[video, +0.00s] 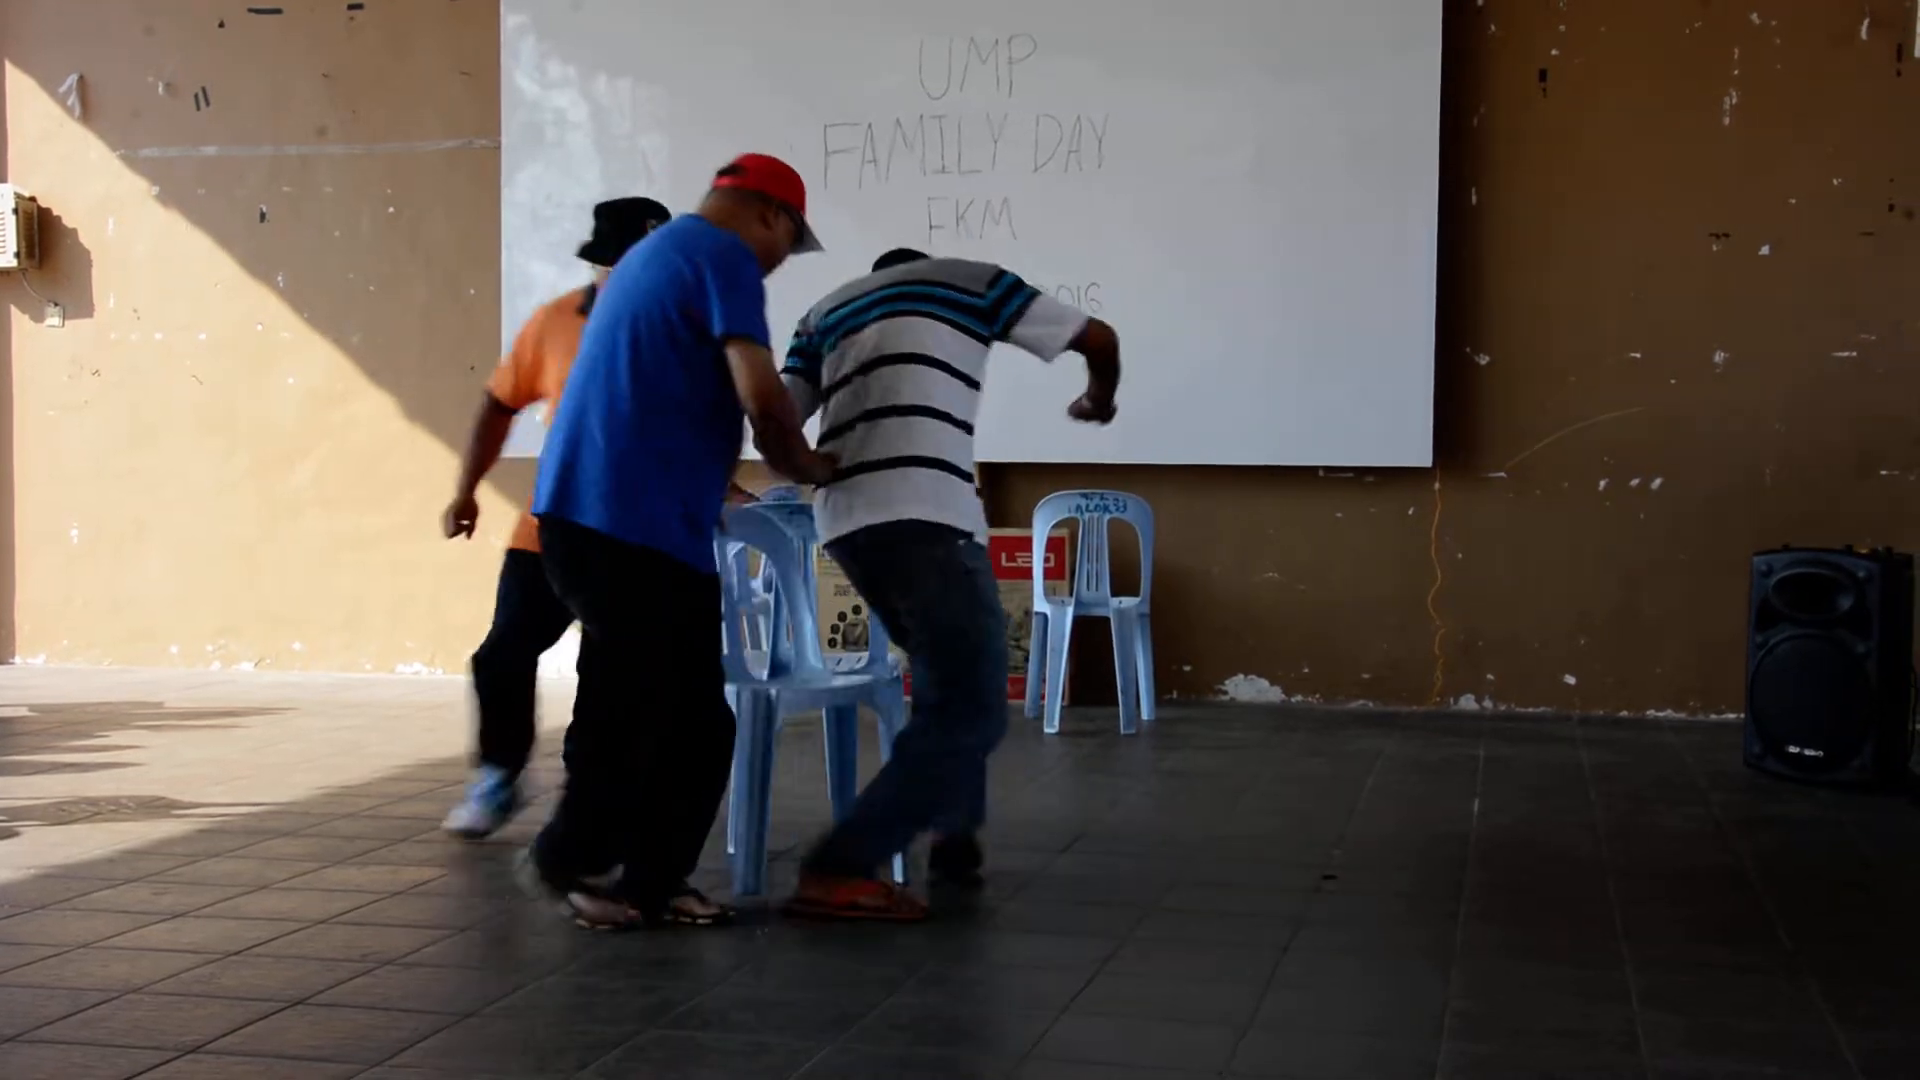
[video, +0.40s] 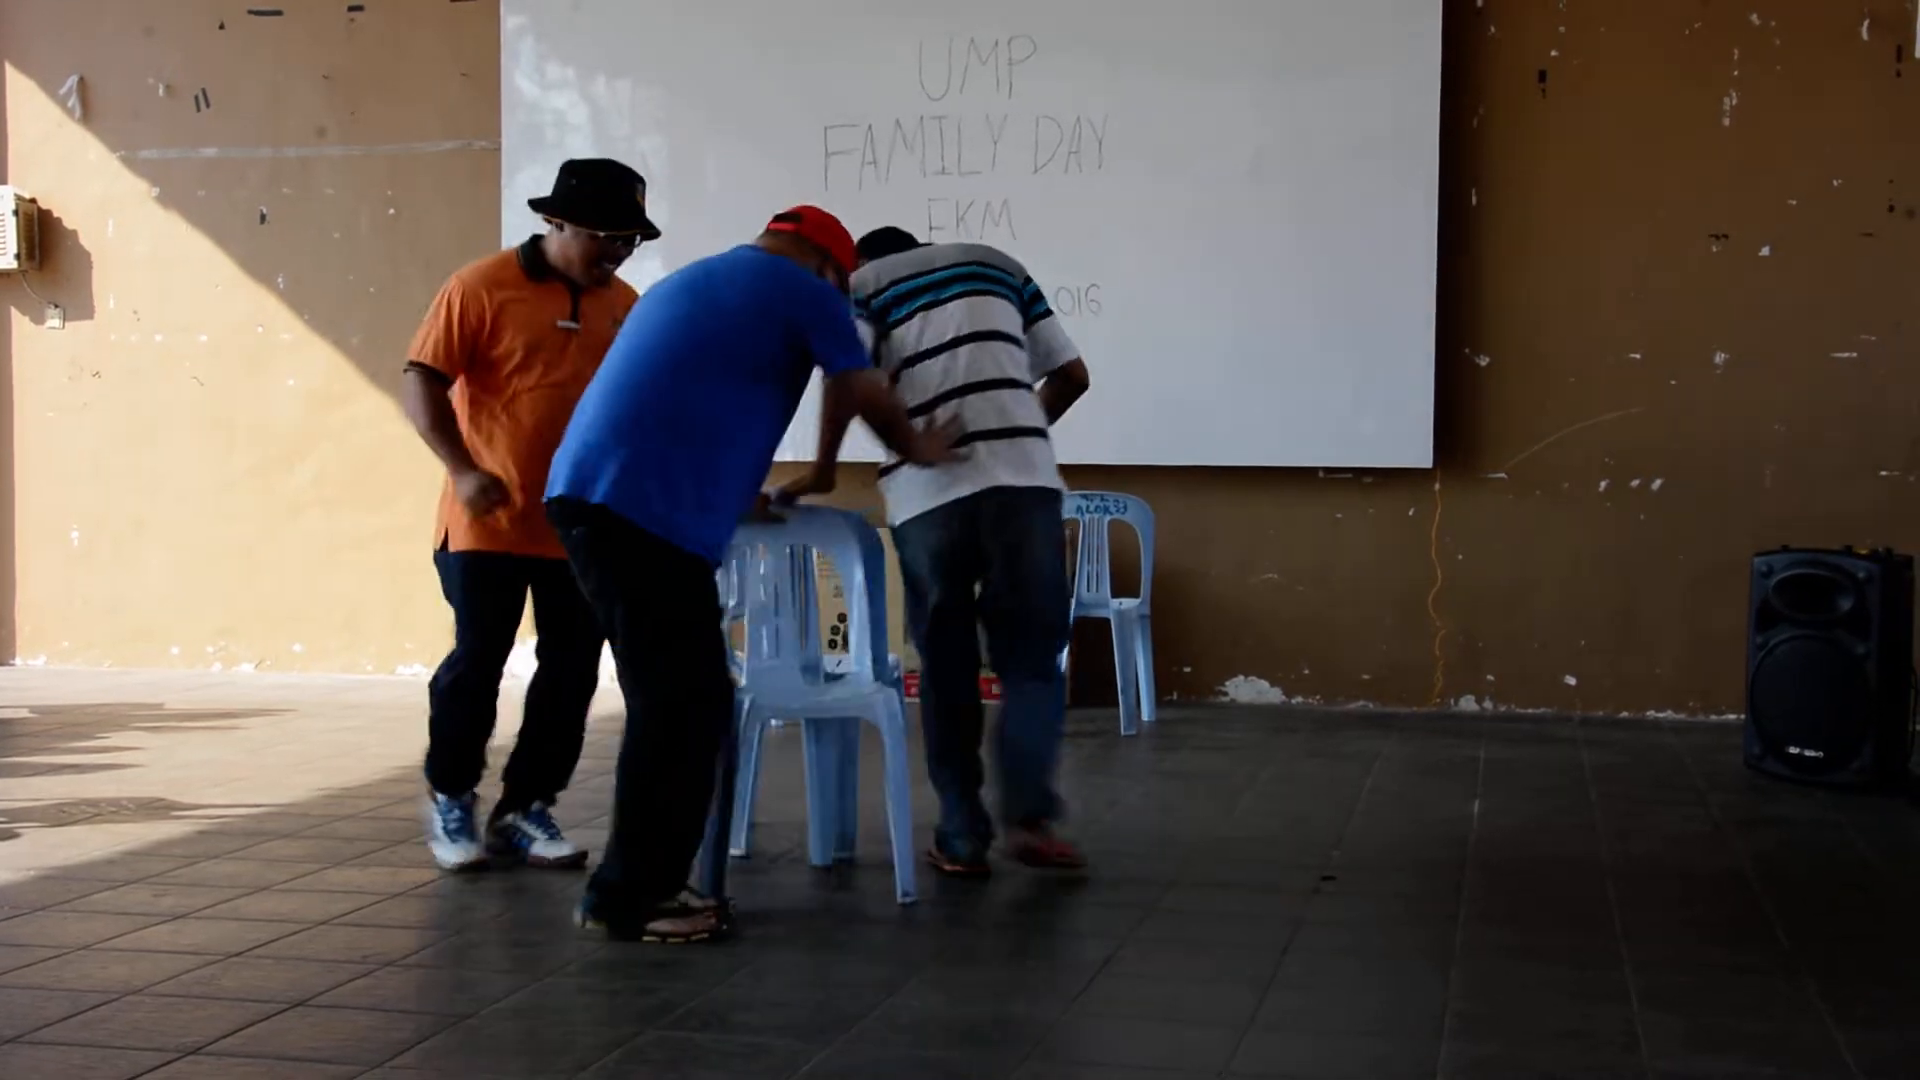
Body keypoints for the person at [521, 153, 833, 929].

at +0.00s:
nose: (785, 256)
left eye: (792, 244)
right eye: (789, 238)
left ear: (725, 204)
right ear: (763, 212)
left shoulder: (655, 252)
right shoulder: (724, 256)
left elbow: (643, 405)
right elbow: (762, 398)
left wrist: (725, 480)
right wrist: (804, 463)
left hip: (581, 508)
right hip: (645, 523)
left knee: (619, 694)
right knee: (696, 713)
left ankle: (569, 855)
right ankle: (653, 884)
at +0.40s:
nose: (837, 292)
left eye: (840, 282)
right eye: (838, 280)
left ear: (773, 239)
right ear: (820, 262)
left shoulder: (701, 277)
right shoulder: (808, 286)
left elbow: (660, 409)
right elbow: (868, 395)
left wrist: (746, 495)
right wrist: (918, 448)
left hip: (587, 496)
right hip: (651, 507)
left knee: (665, 703)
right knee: (693, 703)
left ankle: (634, 887)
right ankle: (635, 897)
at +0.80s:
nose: (851, 241)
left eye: (852, 230)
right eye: (851, 227)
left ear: (776, 201)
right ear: (833, 208)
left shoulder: (722, 261)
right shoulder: (822, 248)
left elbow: (732, 410)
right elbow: (850, 389)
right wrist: (870, 489)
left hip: (669, 503)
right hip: (731, 507)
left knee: (761, 699)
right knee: (776, 702)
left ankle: (672, 845)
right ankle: (704, 924)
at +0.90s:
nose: (866, 233)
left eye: (865, 223)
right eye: (866, 220)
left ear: (786, 200)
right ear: (851, 205)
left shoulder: (735, 263)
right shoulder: (848, 250)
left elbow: (749, 404)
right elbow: (867, 400)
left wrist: (876, 437)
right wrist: (849, 507)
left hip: (692, 503)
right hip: (754, 507)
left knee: (835, 665)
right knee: (769, 701)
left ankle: (763, 865)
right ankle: (703, 918)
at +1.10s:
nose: (909, 241)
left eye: (904, 232)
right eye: (909, 229)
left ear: (828, 214)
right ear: (897, 219)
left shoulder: (775, 274)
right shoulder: (906, 268)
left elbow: (741, 403)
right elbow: (944, 404)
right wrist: (970, 497)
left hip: (748, 514)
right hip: (822, 519)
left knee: (867, 701)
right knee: (846, 704)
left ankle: (874, 895)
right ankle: (710, 904)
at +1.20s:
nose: (921, 246)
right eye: (922, 234)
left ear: (844, 224)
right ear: (919, 228)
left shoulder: (796, 286)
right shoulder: (928, 273)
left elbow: (738, 414)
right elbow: (975, 395)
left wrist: (774, 496)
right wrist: (1018, 511)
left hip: (776, 520)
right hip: (862, 518)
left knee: (866, 706)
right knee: (920, 695)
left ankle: (874, 894)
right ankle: (799, 836)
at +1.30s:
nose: (927, 231)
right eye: (928, 221)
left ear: (855, 223)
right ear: (931, 221)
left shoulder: (812, 284)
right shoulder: (952, 266)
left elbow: (742, 410)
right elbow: (998, 364)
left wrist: (777, 502)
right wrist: (1037, 496)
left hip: (814, 527)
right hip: (912, 522)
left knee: (856, 708)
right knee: (975, 684)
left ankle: (863, 893)